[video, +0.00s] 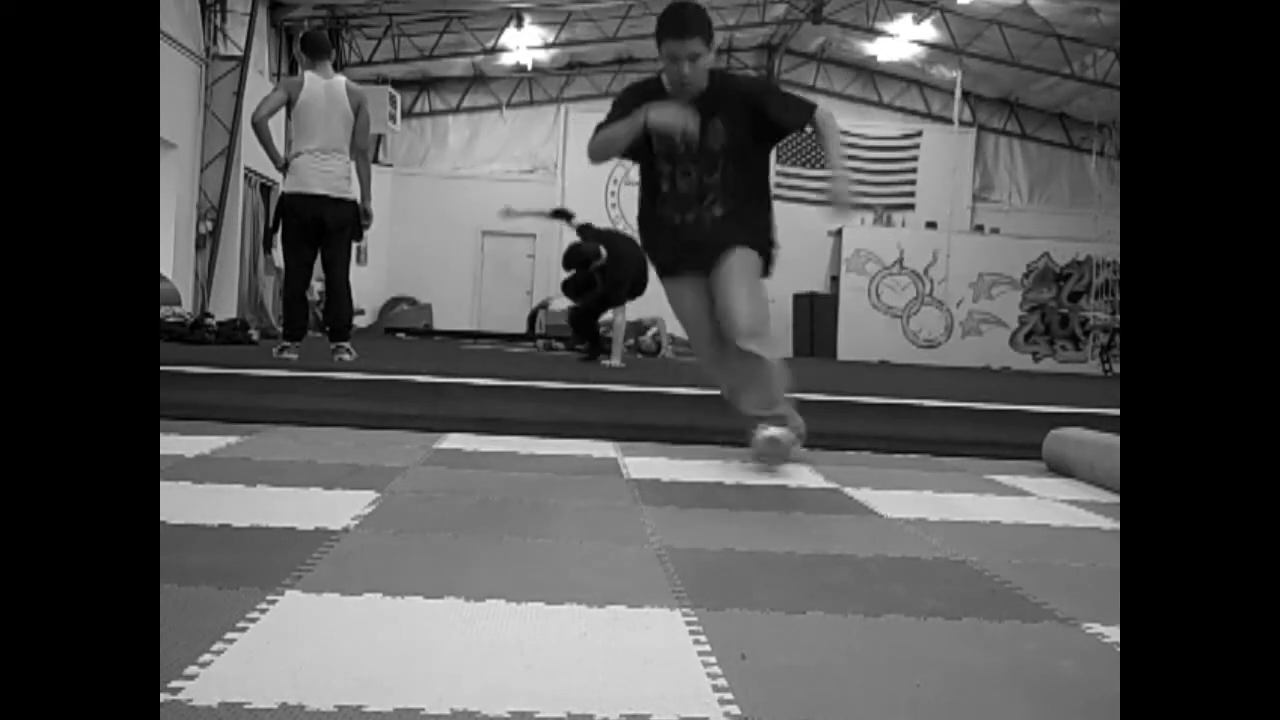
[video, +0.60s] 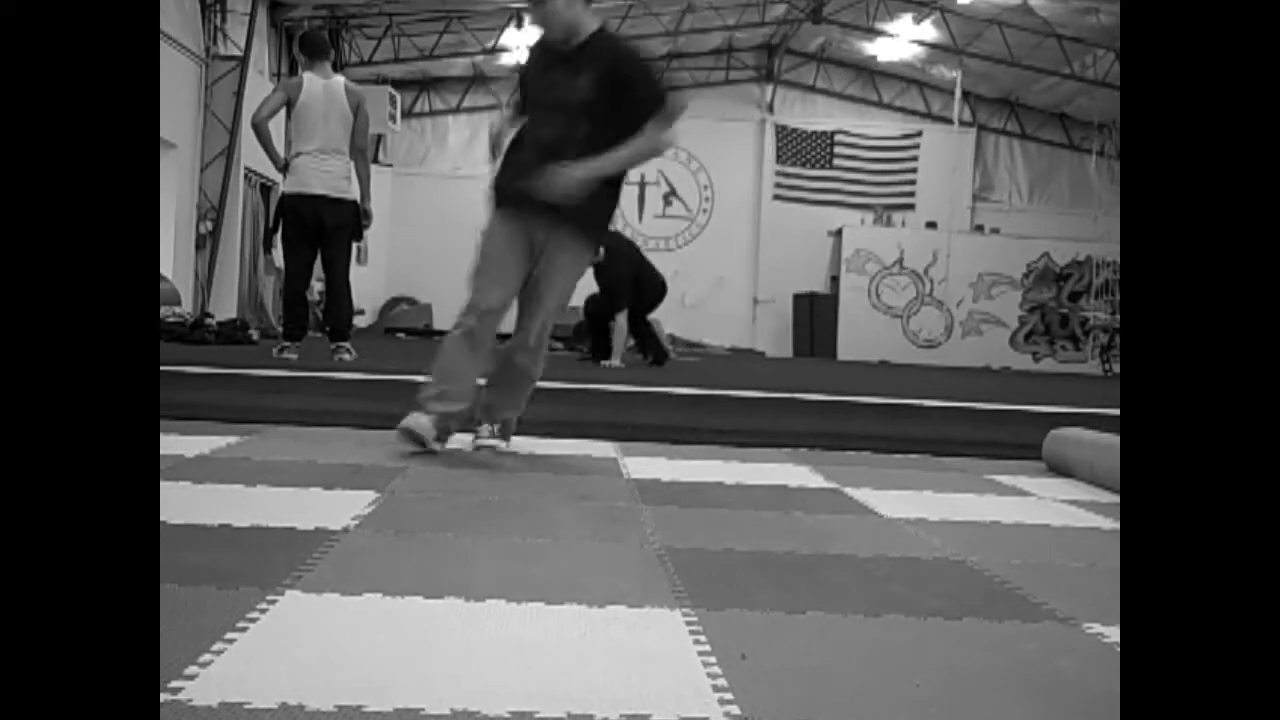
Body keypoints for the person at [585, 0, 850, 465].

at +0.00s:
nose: (683, 71)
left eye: (693, 59)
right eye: (673, 60)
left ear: (711, 52)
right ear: (660, 54)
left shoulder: (744, 94)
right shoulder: (641, 99)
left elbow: (820, 117)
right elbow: (597, 150)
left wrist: (839, 177)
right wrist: (644, 117)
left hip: (735, 233)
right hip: (671, 241)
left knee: (743, 328)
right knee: (713, 358)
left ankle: (773, 420)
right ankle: (777, 418)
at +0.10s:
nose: (690, 59)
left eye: (701, 48)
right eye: (680, 47)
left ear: (719, 41)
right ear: (666, 39)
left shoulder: (739, 86)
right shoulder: (635, 86)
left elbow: (783, 135)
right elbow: (603, 156)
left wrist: (764, 192)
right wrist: (644, 188)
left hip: (713, 212)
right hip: (652, 219)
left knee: (706, 312)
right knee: (680, 335)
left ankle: (712, 416)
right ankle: (760, 409)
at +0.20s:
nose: (680, 51)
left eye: (691, 40)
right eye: (671, 39)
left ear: (712, 36)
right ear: (660, 32)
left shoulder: (729, 92)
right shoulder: (625, 84)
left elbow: (732, 155)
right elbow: (599, 154)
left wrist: (723, 206)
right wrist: (608, 206)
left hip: (689, 220)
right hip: (627, 218)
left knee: (677, 319)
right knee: (627, 321)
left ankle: (673, 425)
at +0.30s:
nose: (634, 26)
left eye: (644, 15)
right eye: (631, 15)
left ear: (676, 13)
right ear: (628, 15)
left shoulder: (711, 68)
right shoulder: (609, 56)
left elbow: (764, 118)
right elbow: (554, 97)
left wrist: (751, 163)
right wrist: (552, 118)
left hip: (663, 213)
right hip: (601, 207)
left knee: (662, 325)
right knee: (582, 275)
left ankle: (667, 427)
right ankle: (588, 342)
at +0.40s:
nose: (613, 11)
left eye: (619, 6)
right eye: (606, 6)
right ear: (600, 3)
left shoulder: (688, 34)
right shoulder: (580, 25)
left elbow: (767, 56)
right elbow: (520, 48)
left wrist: (763, 97)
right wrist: (507, 43)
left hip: (641, 183)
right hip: (577, 172)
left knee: (617, 295)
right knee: (540, 251)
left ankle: (609, 410)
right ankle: (547, 313)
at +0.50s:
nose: (579, 8)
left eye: (587, 4)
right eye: (574, 5)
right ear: (568, 0)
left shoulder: (655, 28)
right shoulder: (552, 26)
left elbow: (734, 59)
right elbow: (507, 59)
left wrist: (687, 128)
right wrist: (495, 60)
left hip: (610, 183)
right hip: (548, 174)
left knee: (562, 294)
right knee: (515, 269)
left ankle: (530, 405)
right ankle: (505, 374)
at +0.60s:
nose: (536, 18)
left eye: (542, 7)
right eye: (534, 10)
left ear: (577, 5)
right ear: (546, 10)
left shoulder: (621, 60)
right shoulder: (542, 53)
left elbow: (660, 134)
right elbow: (522, 106)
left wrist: (586, 170)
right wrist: (501, 131)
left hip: (576, 218)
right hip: (518, 202)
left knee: (534, 328)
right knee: (483, 307)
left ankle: (497, 421)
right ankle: (437, 413)